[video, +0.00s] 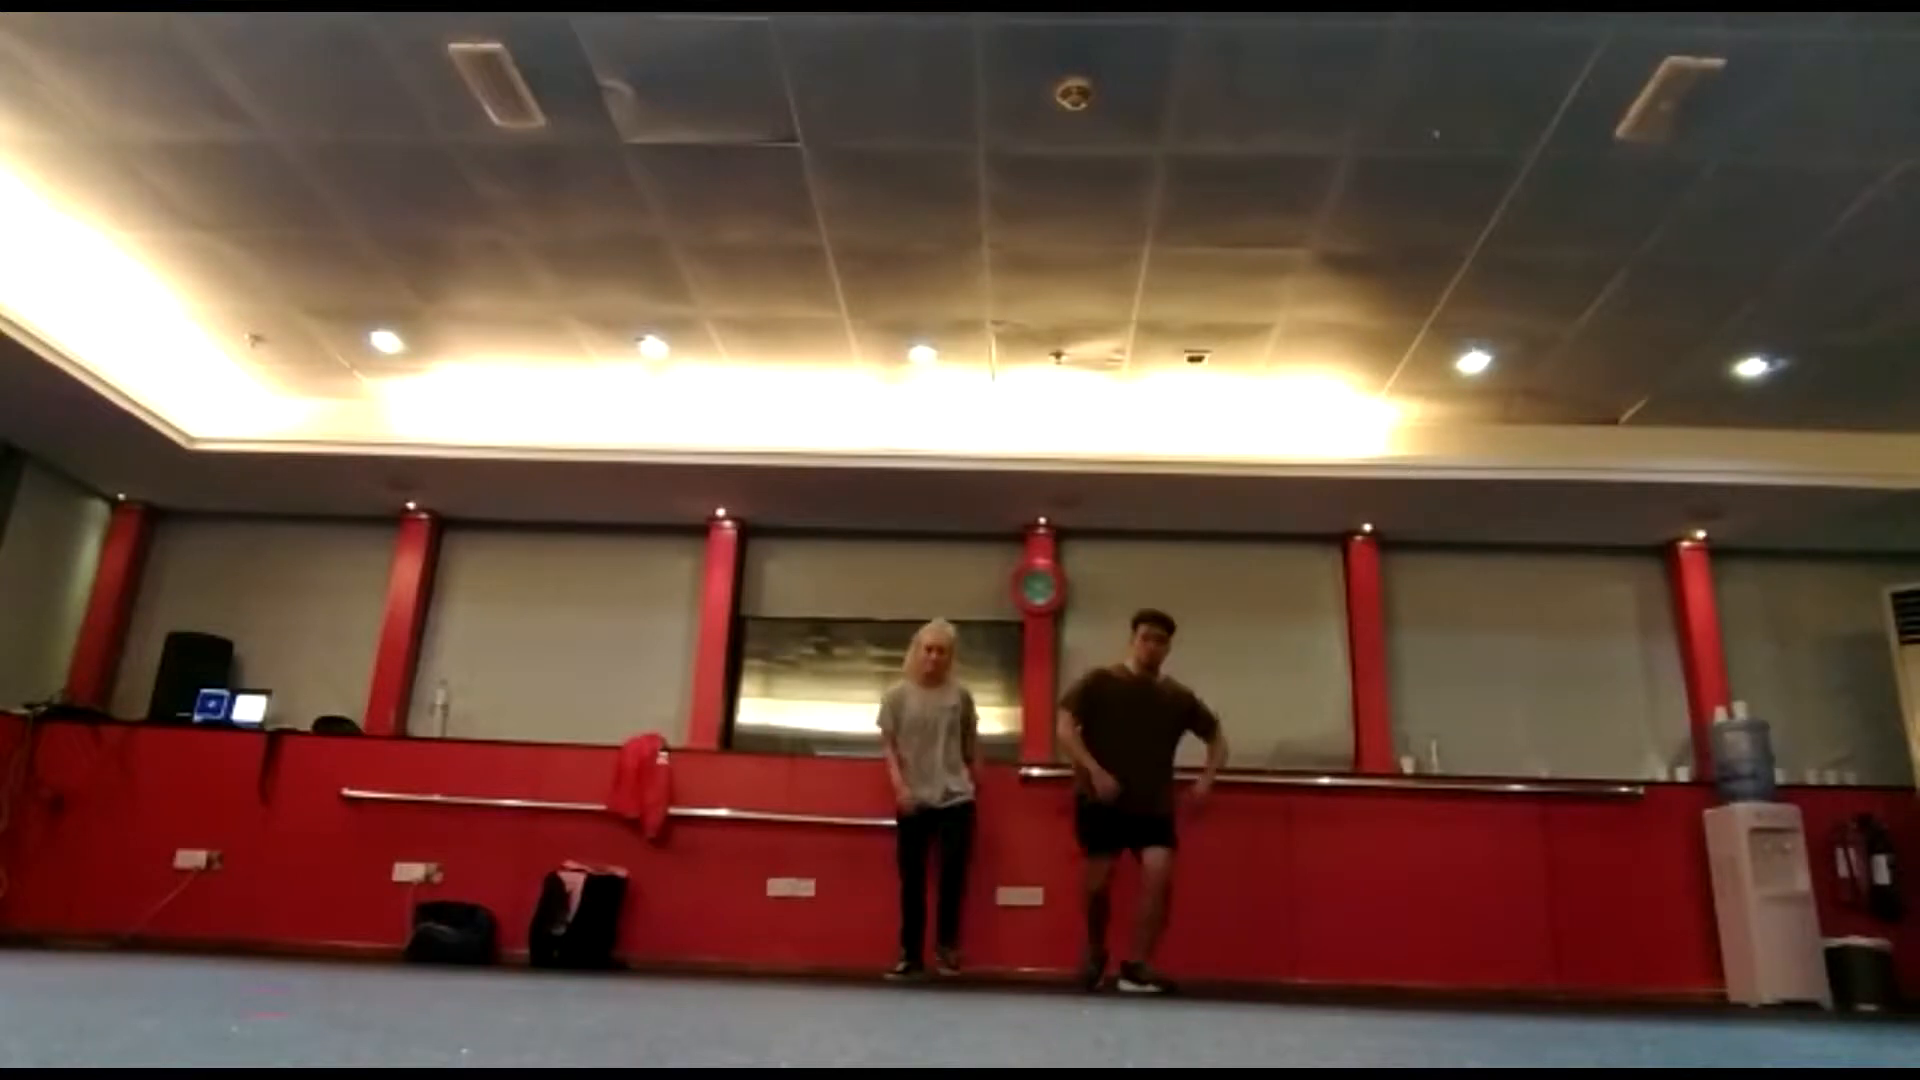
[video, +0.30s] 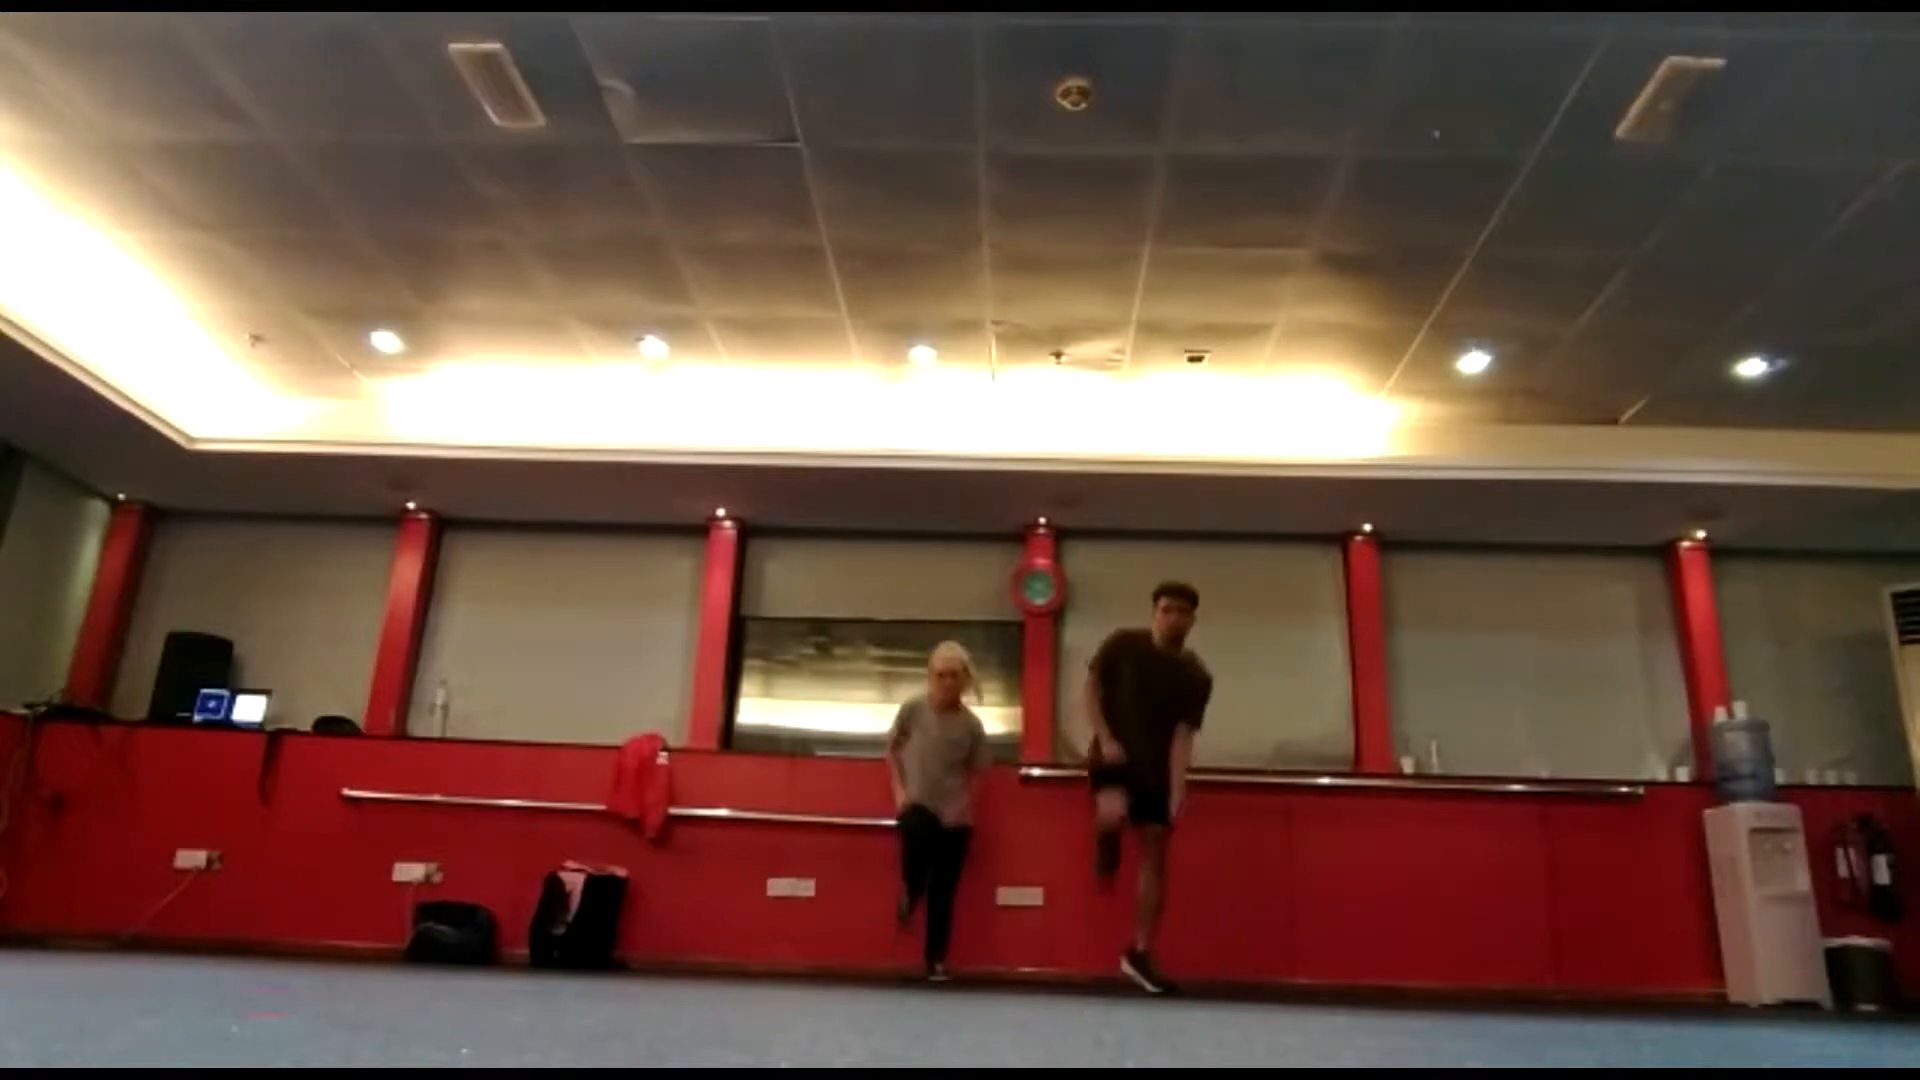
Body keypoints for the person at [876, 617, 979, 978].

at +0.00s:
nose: (934, 657)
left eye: (941, 651)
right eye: (928, 649)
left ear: (951, 656)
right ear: (916, 651)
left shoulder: (960, 697)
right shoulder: (896, 697)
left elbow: (970, 742)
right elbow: (888, 745)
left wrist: (973, 773)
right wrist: (900, 787)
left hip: (956, 797)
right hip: (915, 798)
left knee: (953, 878)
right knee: (912, 879)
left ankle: (947, 949)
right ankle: (910, 953)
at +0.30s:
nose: (947, 683)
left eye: (954, 675)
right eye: (941, 675)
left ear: (966, 680)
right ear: (929, 677)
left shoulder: (971, 725)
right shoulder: (912, 711)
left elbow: (978, 772)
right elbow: (893, 749)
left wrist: (966, 806)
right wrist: (899, 791)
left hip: (953, 815)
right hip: (918, 807)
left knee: (943, 892)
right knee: (916, 829)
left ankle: (936, 960)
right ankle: (911, 891)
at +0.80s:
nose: (906, 683)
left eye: (913, 675)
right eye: (899, 676)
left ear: (926, 676)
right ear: (890, 679)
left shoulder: (947, 710)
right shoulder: (887, 722)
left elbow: (967, 754)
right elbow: (894, 771)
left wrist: (942, 801)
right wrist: (903, 809)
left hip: (955, 814)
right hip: (916, 814)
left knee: (945, 884)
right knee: (910, 884)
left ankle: (936, 946)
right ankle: (908, 953)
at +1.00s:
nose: (922, 642)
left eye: (929, 634)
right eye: (915, 634)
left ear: (940, 635)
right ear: (903, 635)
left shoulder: (955, 672)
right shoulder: (896, 671)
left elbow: (972, 717)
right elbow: (873, 701)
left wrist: (968, 752)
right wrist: (895, 659)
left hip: (947, 787)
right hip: (903, 786)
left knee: (942, 869)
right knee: (907, 877)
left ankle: (950, 905)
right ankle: (909, 955)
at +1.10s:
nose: (921, 629)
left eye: (929, 621)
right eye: (915, 620)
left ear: (942, 624)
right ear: (902, 622)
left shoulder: (956, 664)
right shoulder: (883, 661)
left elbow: (1007, 678)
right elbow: (823, 658)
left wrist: (1055, 667)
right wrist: (781, 630)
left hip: (947, 776)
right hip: (902, 777)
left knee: (933, 857)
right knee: (907, 864)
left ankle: (934, 942)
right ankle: (909, 949)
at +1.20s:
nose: (920, 650)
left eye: (928, 641)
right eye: (914, 641)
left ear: (939, 644)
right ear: (900, 644)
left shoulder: (952, 684)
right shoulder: (885, 685)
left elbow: (982, 689)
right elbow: (857, 683)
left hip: (944, 789)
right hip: (900, 789)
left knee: (929, 863)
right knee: (904, 869)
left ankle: (923, 938)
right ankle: (907, 950)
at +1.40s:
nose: (918, 698)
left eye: (927, 689)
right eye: (911, 688)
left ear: (940, 691)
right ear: (899, 688)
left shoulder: (948, 733)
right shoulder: (883, 727)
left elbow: (936, 796)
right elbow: (881, 793)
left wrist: (924, 855)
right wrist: (884, 851)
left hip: (939, 811)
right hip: (901, 813)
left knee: (914, 872)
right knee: (896, 873)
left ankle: (916, 956)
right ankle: (903, 952)